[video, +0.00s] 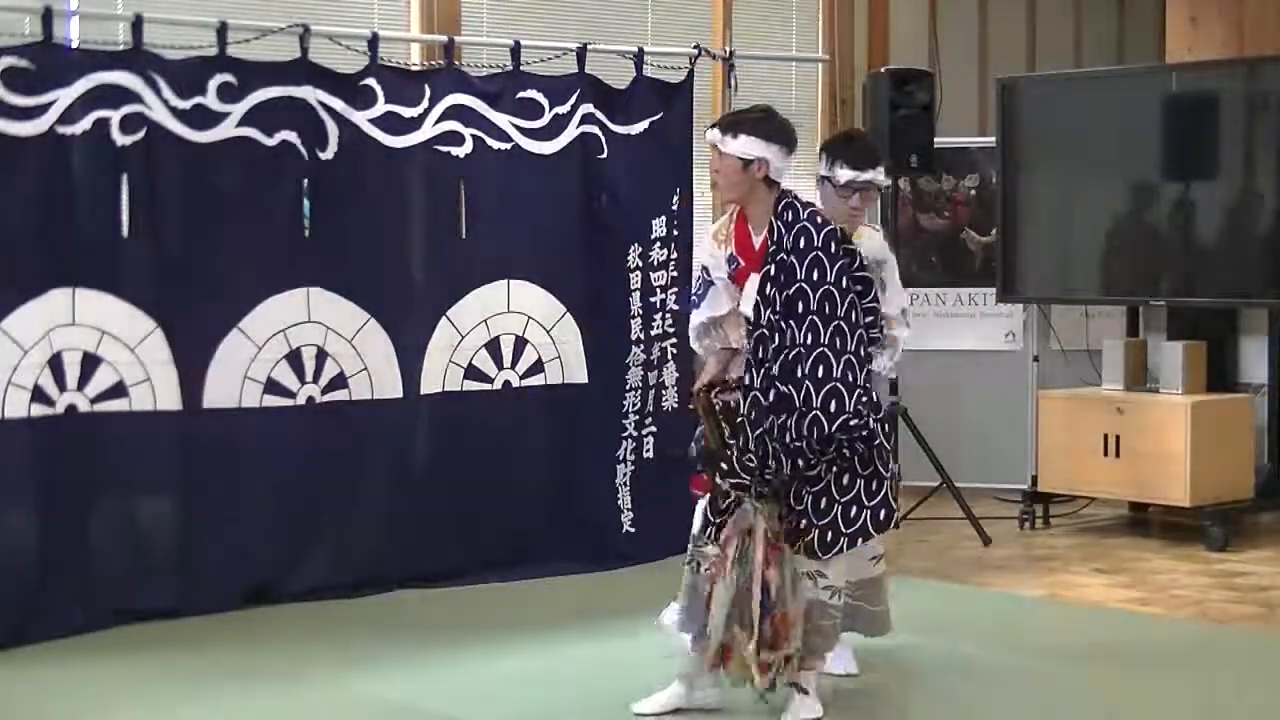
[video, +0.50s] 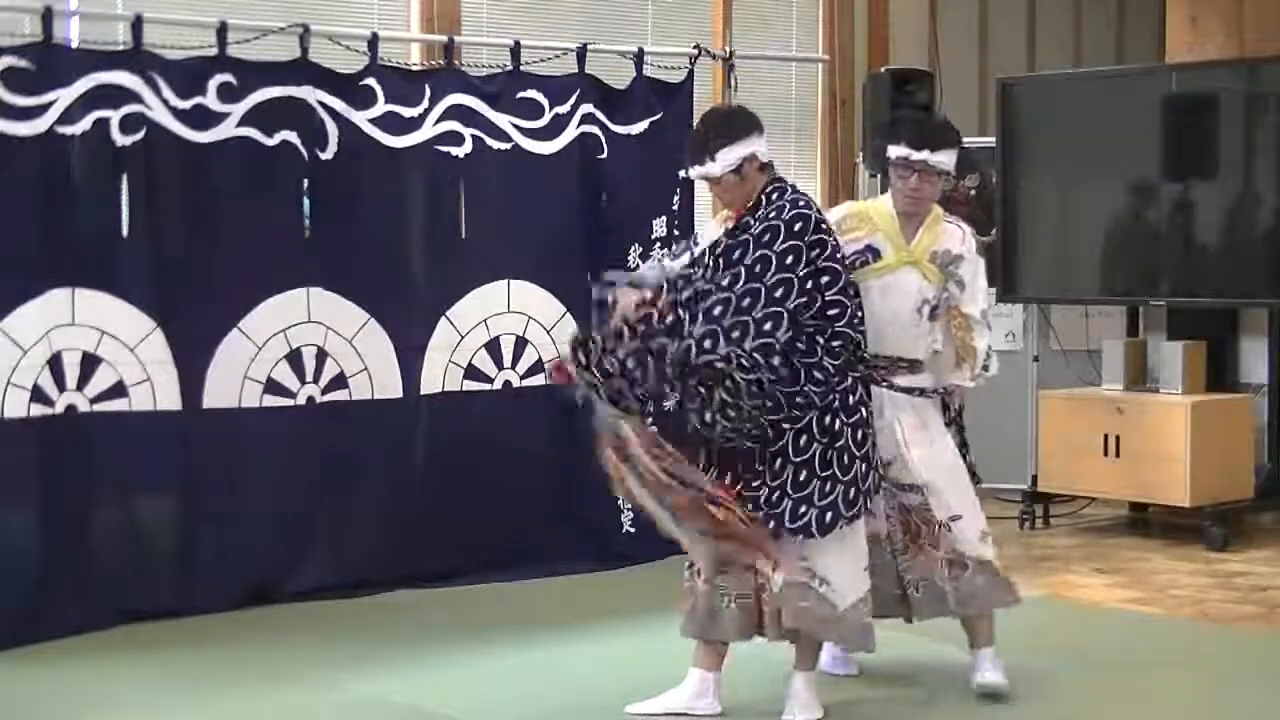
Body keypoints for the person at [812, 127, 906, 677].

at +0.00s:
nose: (859, 202)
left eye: (868, 191)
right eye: (847, 190)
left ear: (876, 192)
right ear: (820, 186)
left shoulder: (875, 249)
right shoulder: (794, 241)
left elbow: (895, 319)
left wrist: (885, 345)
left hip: (857, 386)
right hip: (798, 384)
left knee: (847, 500)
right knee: (809, 502)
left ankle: (835, 630)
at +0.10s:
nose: (865, 197)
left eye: (876, 186)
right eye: (854, 184)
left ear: (886, 188)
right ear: (831, 182)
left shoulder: (889, 241)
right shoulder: (810, 235)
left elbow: (913, 318)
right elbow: (786, 308)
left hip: (874, 381)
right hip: (818, 380)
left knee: (858, 500)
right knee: (821, 500)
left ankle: (840, 632)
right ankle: (819, 632)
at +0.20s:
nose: (876, 191)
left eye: (887, 180)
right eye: (864, 179)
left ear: (898, 182)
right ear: (841, 175)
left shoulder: (902, 237)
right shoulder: (814, 230)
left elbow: (921, 315)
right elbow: (797, 312)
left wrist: (916, 373)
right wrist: (811, 374)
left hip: (881, 391)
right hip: (824, 389)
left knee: (882, 515)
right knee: (831, 510)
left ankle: (849, 625)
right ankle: (828, 639)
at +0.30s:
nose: (887, 187)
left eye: (899, 177)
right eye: (876, 174)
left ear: (910, 181)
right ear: (853, 169)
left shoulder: (917, 235)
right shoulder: (818, 226)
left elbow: (937, 315)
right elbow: (801, 308)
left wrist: (931, 372)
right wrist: (816, 370)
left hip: (896, 390)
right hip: (834, 388)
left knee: (922, 504)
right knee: (841, 508)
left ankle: (922, 636)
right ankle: (836, 640)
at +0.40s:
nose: (898, 182)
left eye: (911, 172)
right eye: (887, 168)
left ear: (926, 177)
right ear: (867, 167)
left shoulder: (937, 236)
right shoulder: (832, 222)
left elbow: (953, 318)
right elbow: (802, 299)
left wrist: (945, 373)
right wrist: (821, 362)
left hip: (909, 392)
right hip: (844, 389)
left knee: (945, 509)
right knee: (844, 514)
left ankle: (979, 647)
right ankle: (836, 640)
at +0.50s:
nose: (915, 183)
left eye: (929, 174)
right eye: (906, 171)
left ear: (945, 181)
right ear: (888, 170)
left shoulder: (957, 240)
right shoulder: (846, 223)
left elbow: (978, 329)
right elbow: (805, 289)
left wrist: (964, 345)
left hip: (925, 398)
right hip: (853, 393)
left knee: (959, 516)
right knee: (847, 518)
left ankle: (984, 653)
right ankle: (841, 637)